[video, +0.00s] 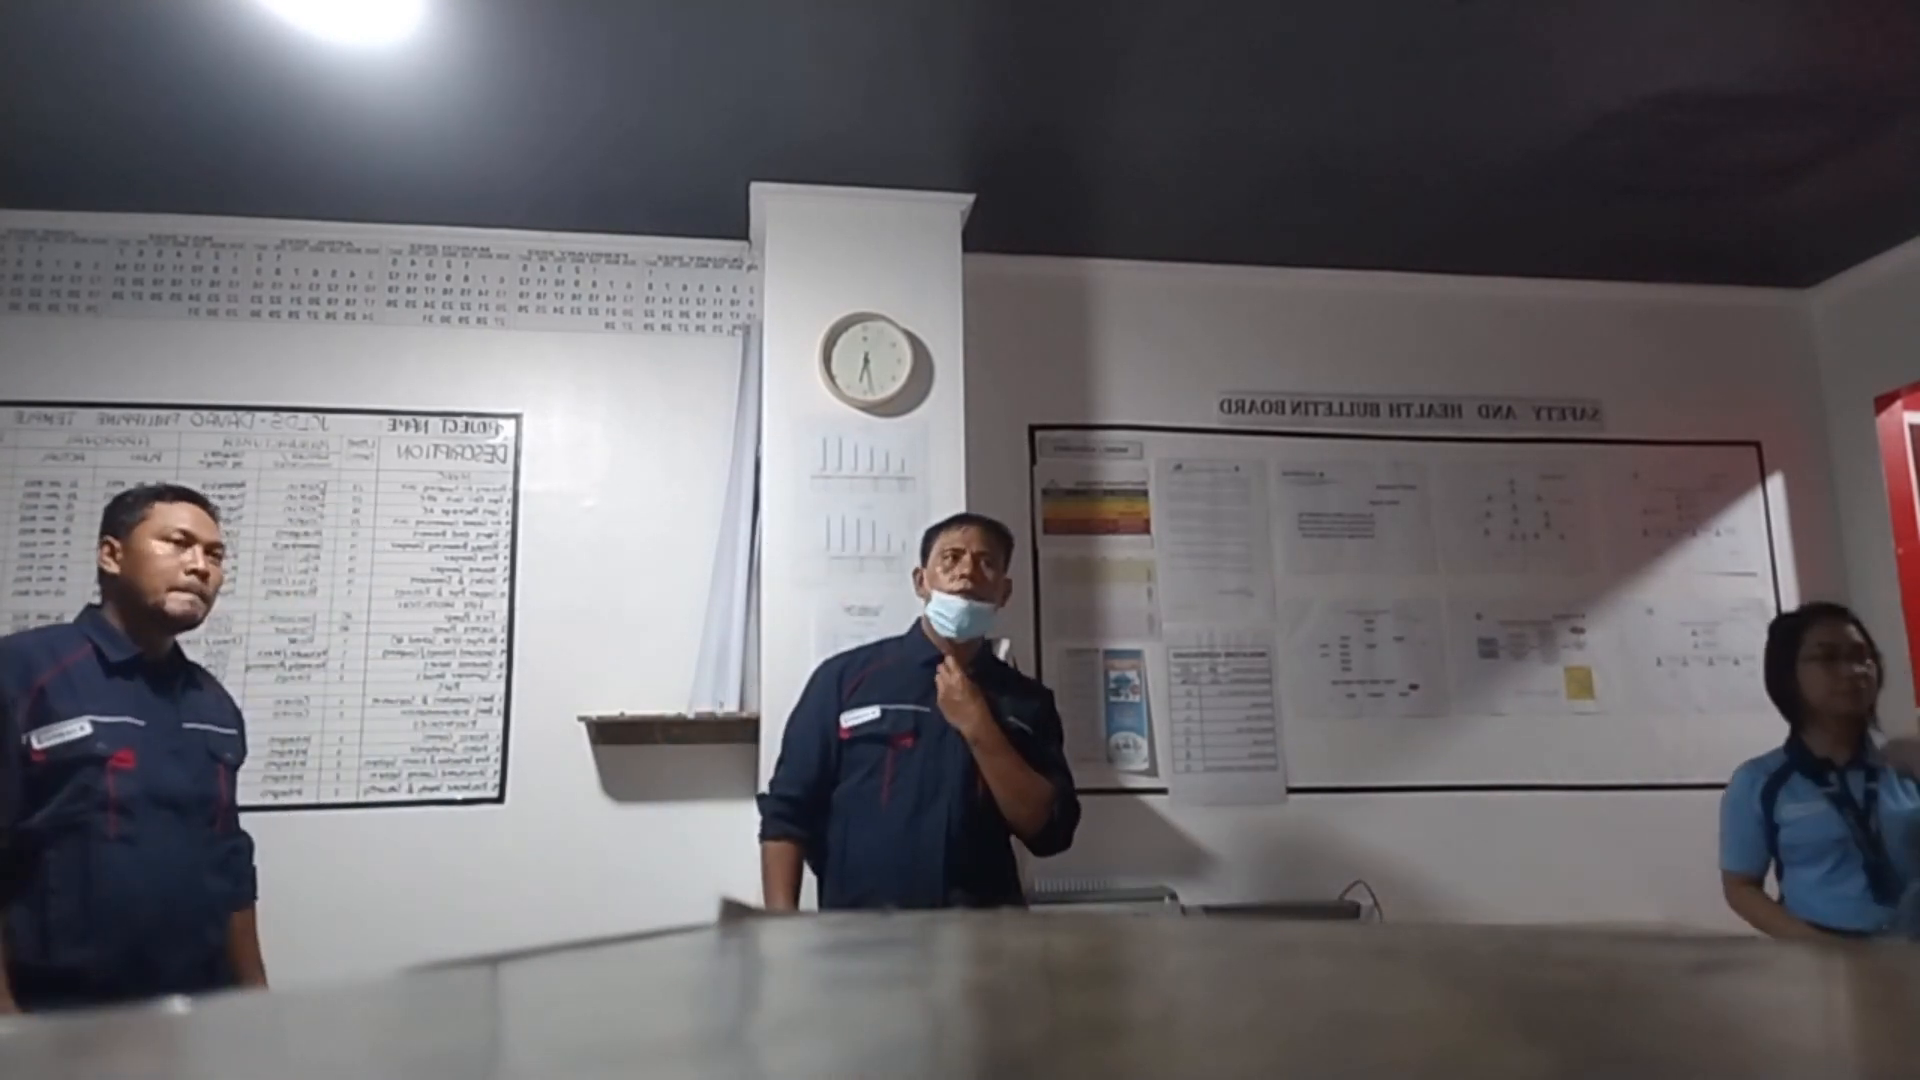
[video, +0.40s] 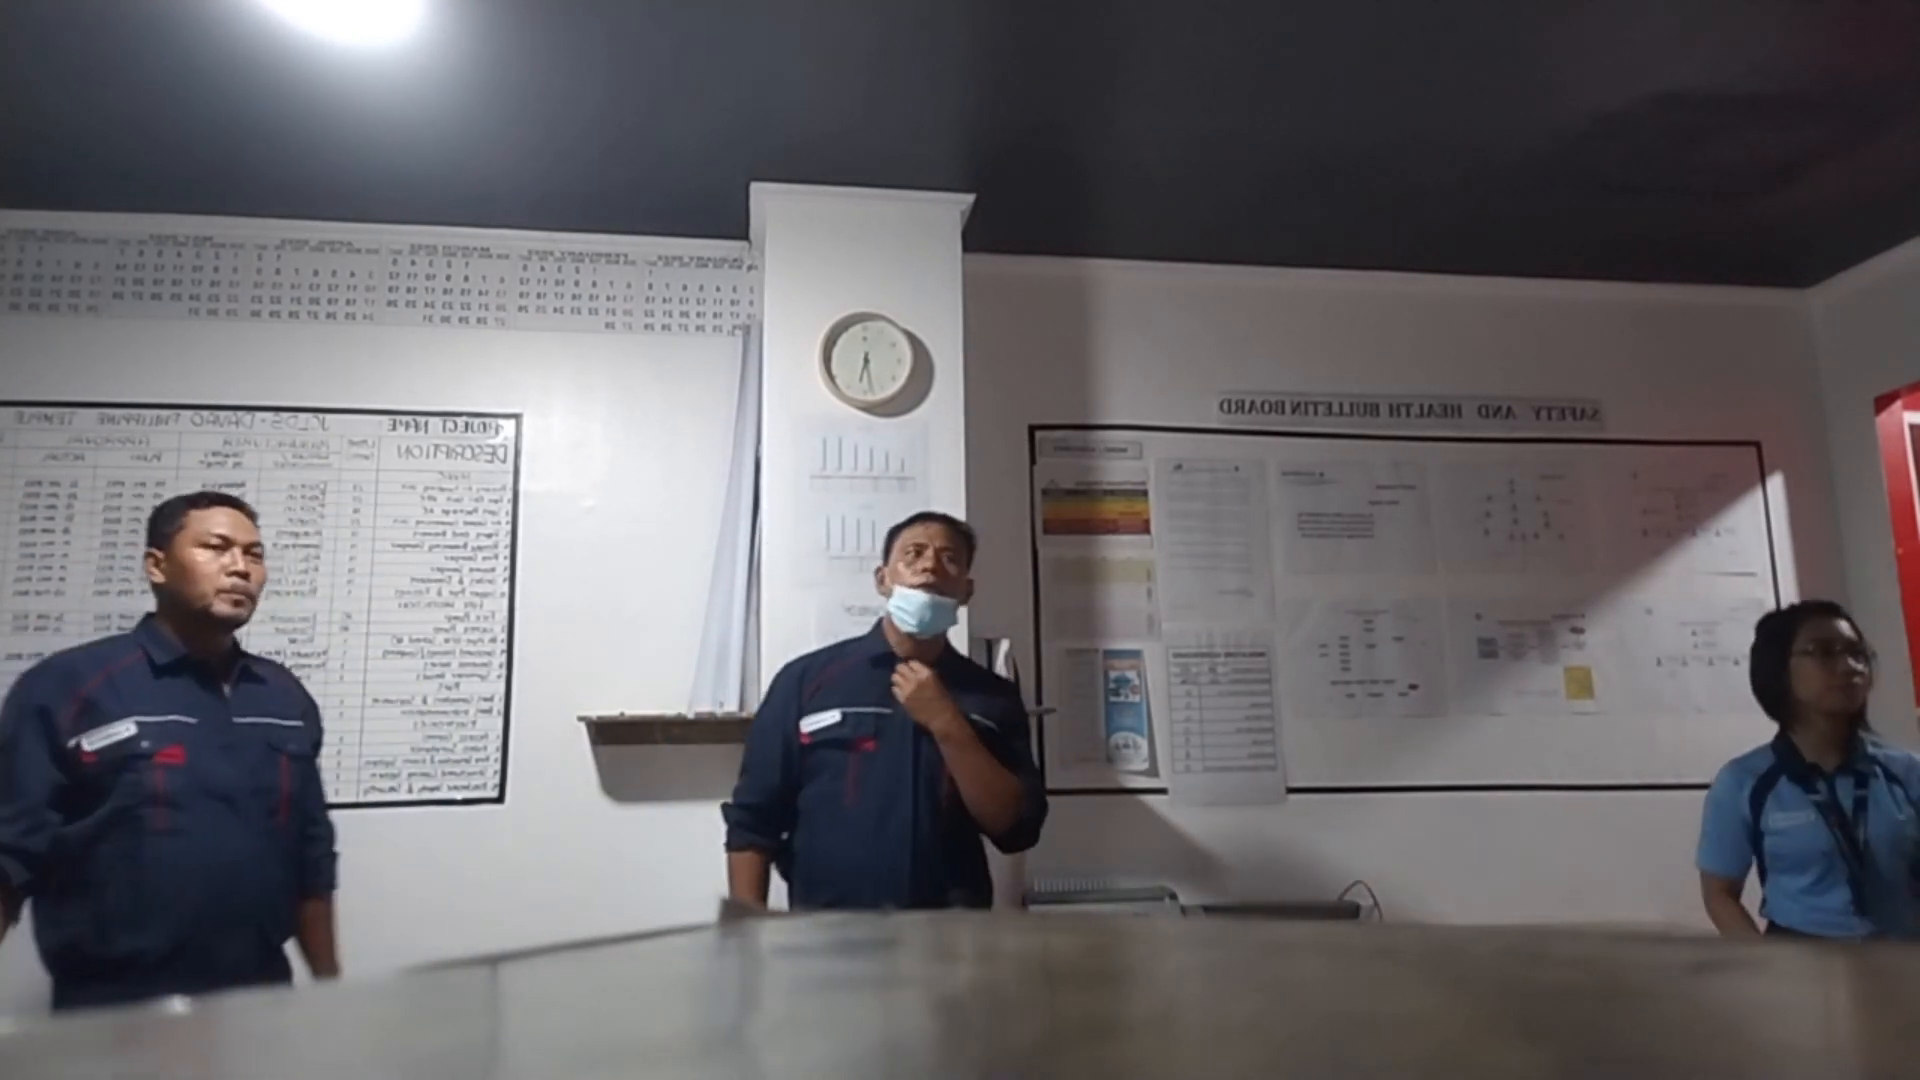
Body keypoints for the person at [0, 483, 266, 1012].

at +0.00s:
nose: (200, 565)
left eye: (214, 553)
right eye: (177, 542)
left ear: (222, 577)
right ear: (112, 555)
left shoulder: (218, 708)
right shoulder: (21, 669)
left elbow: (228, 866)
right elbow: (9, 849)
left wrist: (256, 1004)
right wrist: (8, 1013)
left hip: (193, 1019)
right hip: (55, 1019)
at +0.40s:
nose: (240, 567)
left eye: (254, 554)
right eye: (215, 547)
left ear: (265, 573)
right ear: (157, 566)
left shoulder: (286, 699)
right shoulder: (58, 693)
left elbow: (309, 857)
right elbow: (10, 866)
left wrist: (330, 989)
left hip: (255, 1009)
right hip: (110, 1014)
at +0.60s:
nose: (271, 576)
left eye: (286, 562)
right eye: (248, 557)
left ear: (298, 580)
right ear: (196, 575)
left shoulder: (321, 705)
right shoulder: (103, 695)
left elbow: (354, 857)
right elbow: (36, 861)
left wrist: (398, 980)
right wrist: (6, 1000)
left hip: (295, 1009)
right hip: (152, 1016)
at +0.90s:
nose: (322, 583)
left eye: (340, 570)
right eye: (302, 564)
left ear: (353, 589)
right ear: (255, 579)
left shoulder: (377, 707)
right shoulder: (165, 695)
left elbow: (404, 862)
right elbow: (114, 862)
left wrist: (429, 985)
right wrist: (88, 1000)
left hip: (328, 1003)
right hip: (192, 1005)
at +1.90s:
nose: (296, 576)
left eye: (310, 564)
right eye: (274, 556)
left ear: (321, 587)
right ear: (220, 572)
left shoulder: (330, 709)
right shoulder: (120, 687)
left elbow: (351, 873)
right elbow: (68, 863)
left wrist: (373, 997)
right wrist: (57, 1022)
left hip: (285, 1011)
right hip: (147, 1013)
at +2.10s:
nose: (245, 564)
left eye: (259, 551)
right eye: (220, 545)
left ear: (270, 571)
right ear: (163, 563)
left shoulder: (283, 702)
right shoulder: (64, 686)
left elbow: (294, 862)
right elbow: (19, 868)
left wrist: (314, 1000)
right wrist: (9, 1019)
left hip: (240, 1013)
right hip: (97, 1016)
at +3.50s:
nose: (294, 575)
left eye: (308, 560)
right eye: (269, 557)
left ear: (322, 578)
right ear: (219, 576)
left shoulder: (340, 714)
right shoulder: (127, 689)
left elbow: (344, 880)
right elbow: (65, 852)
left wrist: (348, 1002)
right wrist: (30, 1002)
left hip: (301, 1018)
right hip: (161, 1018)